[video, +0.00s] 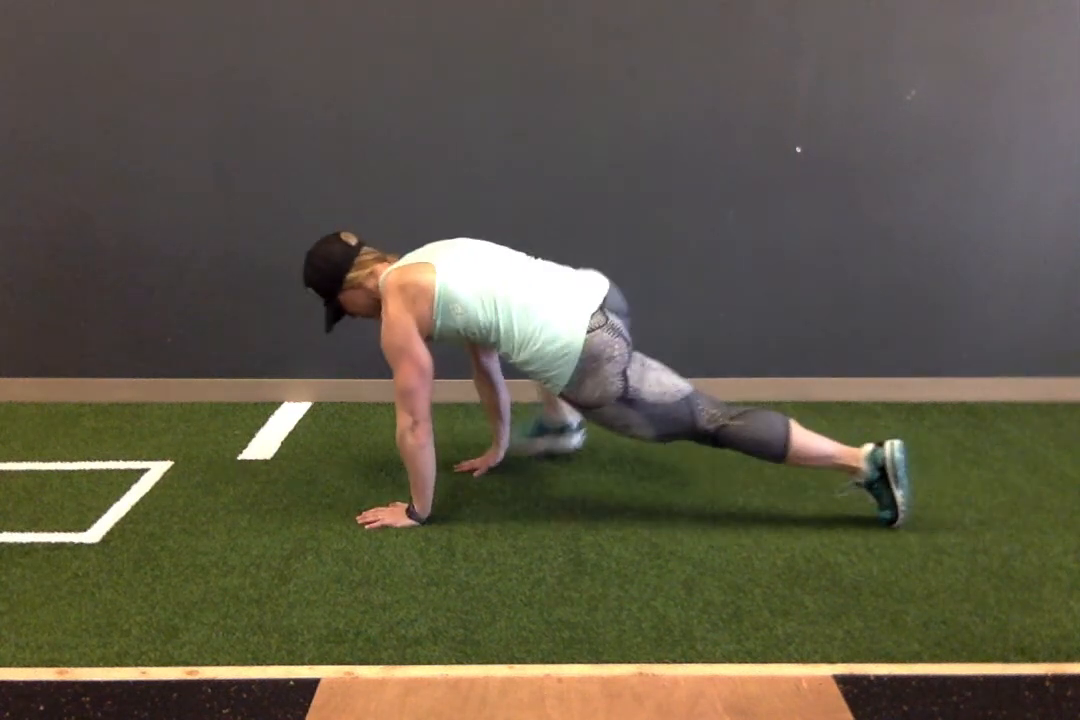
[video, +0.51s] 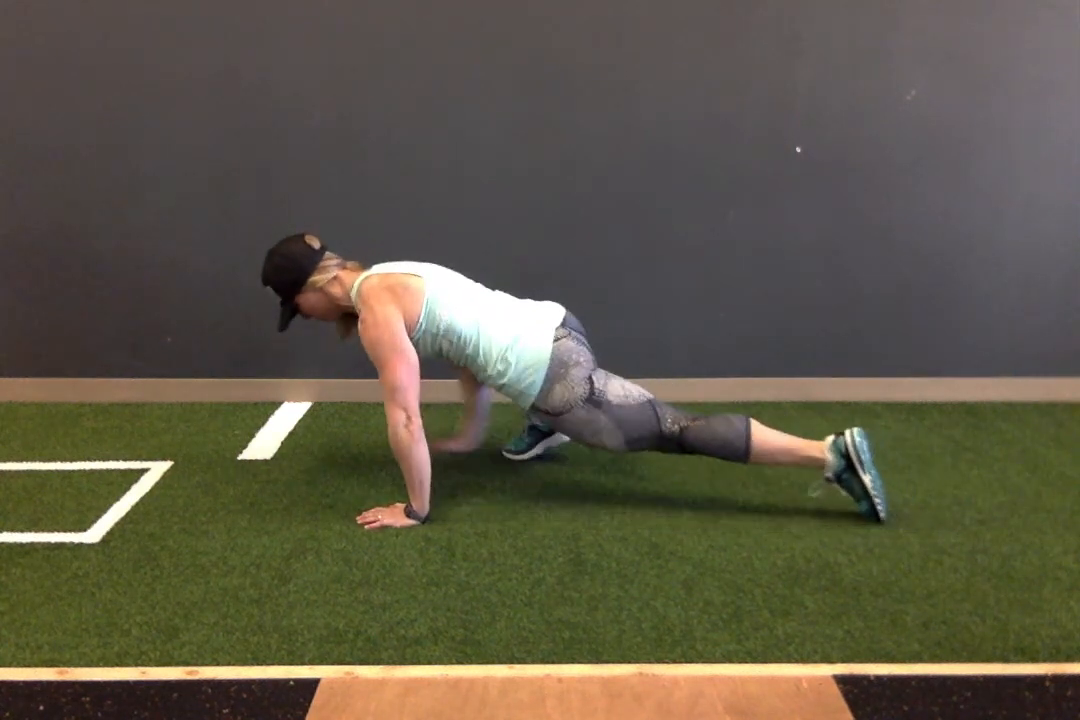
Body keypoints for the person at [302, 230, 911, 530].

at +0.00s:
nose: (353, 315)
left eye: (344, 307)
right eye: (344, 309)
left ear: (348, 290)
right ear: (368, 253)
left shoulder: (399, 307)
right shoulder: (436, 256)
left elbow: (413, 416)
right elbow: (484, 352)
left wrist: (418, 507)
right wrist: (494, 439)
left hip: (586, 356)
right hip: (606, 301)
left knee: (707, 419)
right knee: (506, 326)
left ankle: (863, 462)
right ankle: (559, 428)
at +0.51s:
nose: (310, 319)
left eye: (301, 309)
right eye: (302, 313)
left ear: (310, 288)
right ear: (329, 262)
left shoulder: (375, 311)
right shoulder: (396, 272)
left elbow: (403, 419)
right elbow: (474, 335)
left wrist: (415, 509)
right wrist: (471, 426)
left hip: (552, 375)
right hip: (560, 329)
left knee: (672, 429)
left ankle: (831, 454)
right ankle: (532, 437)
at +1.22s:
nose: (211, 309)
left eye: (205, 297)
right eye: (203, 301)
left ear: (221, 276)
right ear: (226, 269)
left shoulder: (285, 292)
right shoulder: (279, 278)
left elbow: (310, 396)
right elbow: (305, 379)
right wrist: (274, 438)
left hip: (467, 299)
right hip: (423, 320)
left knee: (566, 369)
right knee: (398, 404)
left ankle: (691, 358)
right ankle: (525, 399)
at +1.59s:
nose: (144, 308)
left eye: (135, 299)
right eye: (137, 301)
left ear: (142, 281)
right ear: (157, 260)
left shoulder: (198, 297)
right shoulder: (214, 272)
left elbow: (160, 400)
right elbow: (270, 346)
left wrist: (123, 479)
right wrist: (299, 421)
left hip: (395, 289)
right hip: (376, 305)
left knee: (504, 333)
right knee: (389, 409)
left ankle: (631, 321)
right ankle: (516, 403)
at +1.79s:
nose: (93, 310)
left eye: (84, 302)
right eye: (84, 305)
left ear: (91, 280)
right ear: (108, 258)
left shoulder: (147, 295)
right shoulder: (175, 263)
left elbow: (136, 399)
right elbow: (256, 338)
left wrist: (122, 480)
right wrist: (276, 414)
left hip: (348, 295)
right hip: (342, 289)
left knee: (467, 341)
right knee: (392, 402)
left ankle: (589, 348)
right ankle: (521, 403)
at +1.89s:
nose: (74, 308)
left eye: (64, 300)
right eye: (65, 303)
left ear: (69, 280)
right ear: (87, 254)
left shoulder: (127, 294)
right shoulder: (153, 257)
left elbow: (126, 396)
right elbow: (223, 324)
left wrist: (120, 478)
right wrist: (208, 403)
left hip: (326, 296)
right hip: (324, 278)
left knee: (442, 347)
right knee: (391, 396)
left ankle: (573, 353)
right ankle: (525, 403)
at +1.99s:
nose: (57, 306)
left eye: (48, 298)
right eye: (48, 299)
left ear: (52, 280)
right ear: (68, 252)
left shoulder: (110, 296)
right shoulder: (135, 262)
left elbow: (122, 395)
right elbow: (163, 356)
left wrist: (120, 481)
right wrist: (120, 415)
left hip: (307, 301)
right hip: (311, 268)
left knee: (410, 370)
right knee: (406, 366)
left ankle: (535, 392)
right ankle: (553, 360)